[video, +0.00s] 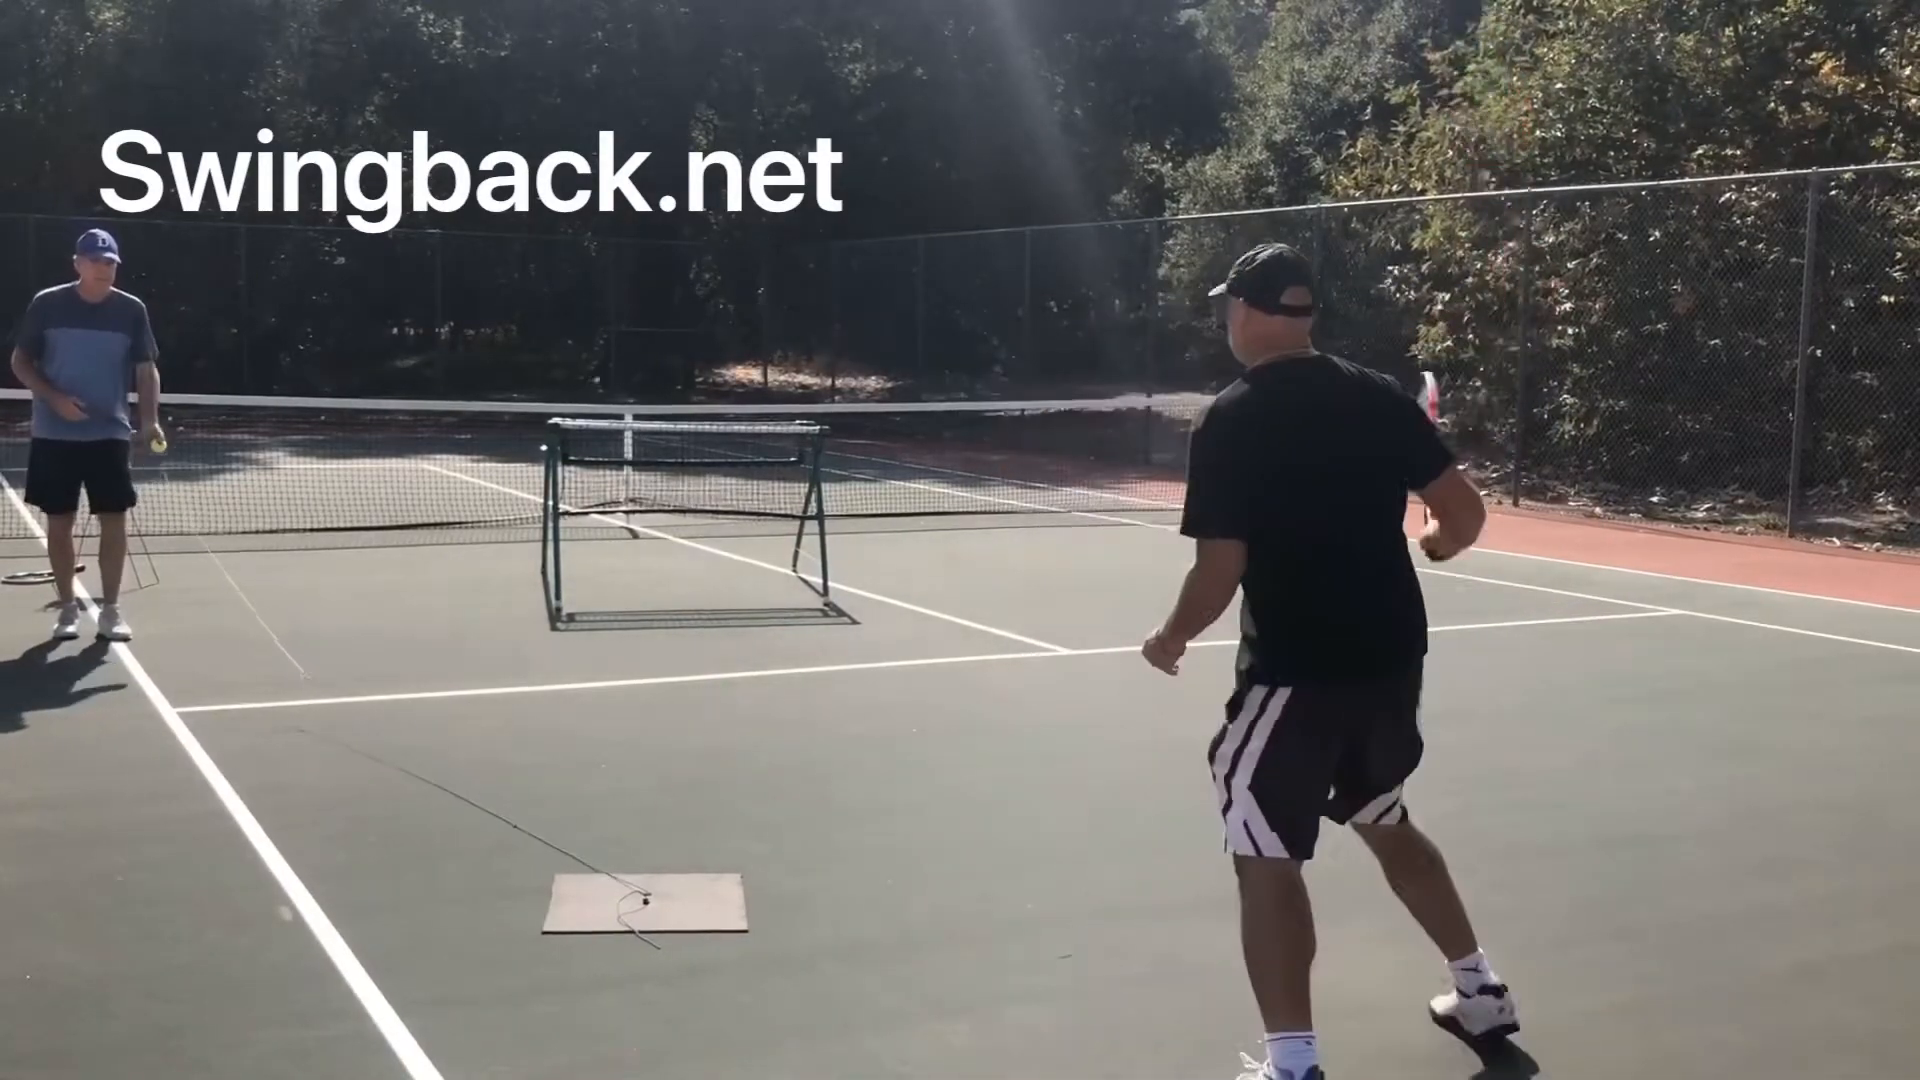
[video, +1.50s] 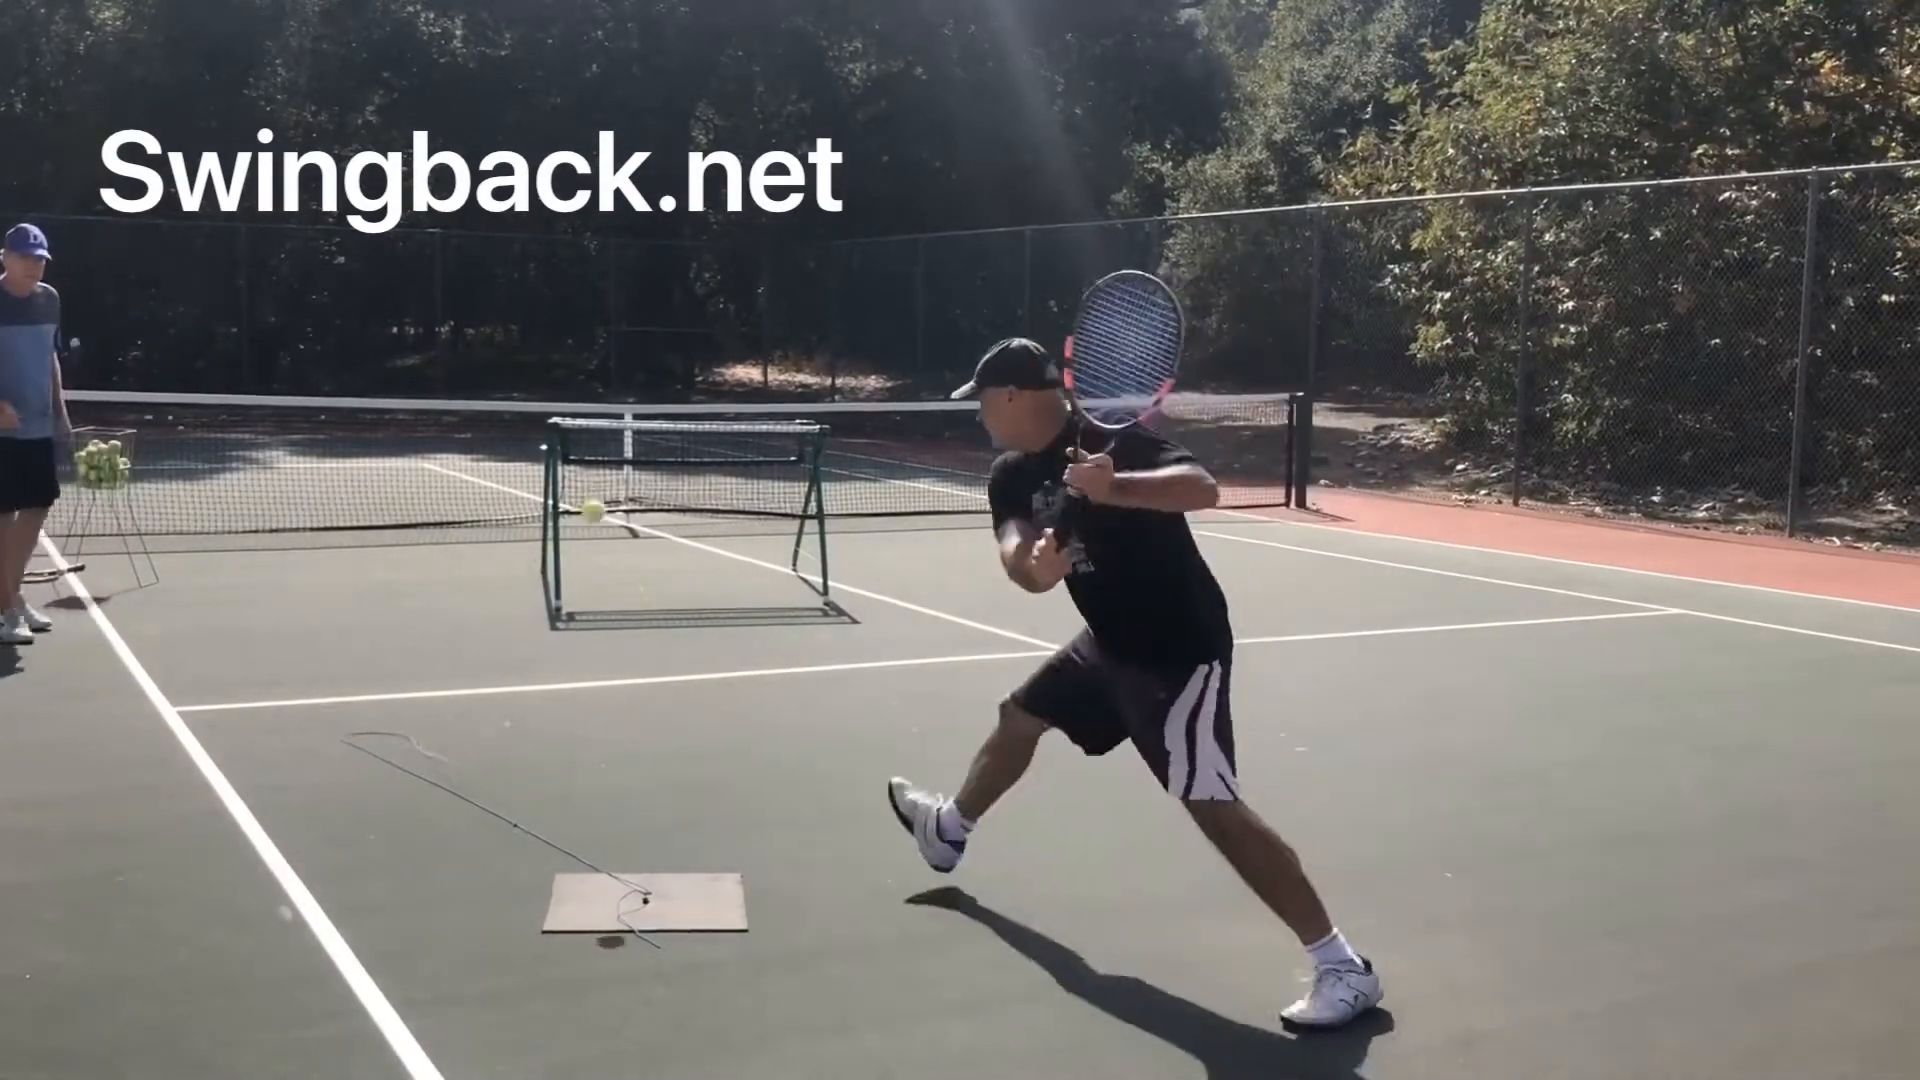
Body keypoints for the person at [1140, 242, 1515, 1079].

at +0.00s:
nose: (1227, 321)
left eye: (1231, 308)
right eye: (1230, 307)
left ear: (1252, 314)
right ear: (1307, 313)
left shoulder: (1235, 418)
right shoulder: (1379, 396)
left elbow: (1221, 567)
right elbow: (1464, 512)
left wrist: (1173, 635)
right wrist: (1440, 545)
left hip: (1293, 668)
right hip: (1391, 656)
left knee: (1262, 850)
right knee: (1382, 815)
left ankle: (1291, 1061)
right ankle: (1480, 989)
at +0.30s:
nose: (1251, 266)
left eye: (1260, 254)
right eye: (1257, 253)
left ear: (1287, 264)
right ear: (1332, 266)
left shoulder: (1266, 356)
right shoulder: (1393, 343)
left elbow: (1266, 500)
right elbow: (1440, 471)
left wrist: (1237, 550)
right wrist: (1360, 517)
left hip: (1314, 602)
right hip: (1408, 601)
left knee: (1241, 762)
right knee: (1396, 767)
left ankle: (1250, 978)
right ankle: (1465, 948)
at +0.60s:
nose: (1223, 307)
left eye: (1231, 294)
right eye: (1227, 293)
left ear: (1263, 300)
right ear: (1299, 302)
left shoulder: (1275, 387)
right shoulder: (1335, 377)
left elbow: (1274, 536)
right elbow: (1338, 525)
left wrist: (1200, 573)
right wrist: (1253, 595)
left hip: (1314, 633)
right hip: (1370, 625)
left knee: (1237, 776)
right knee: (1307, 768)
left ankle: (1242, 995)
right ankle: (1362, 927)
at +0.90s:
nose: (1197, 308)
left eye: (1208, 293)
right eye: (1199, 293)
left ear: (1256, 300)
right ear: (1235, 301)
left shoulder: (1312, 386)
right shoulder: (1228, 383)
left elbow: (1355, 515)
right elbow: (1219, 501)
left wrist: (1253, 562)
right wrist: (1198, 581)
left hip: (1344, 617)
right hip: (1293, 614)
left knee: (1294, 775)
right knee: (1306, 776)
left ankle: (1371, 973)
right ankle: (1351, 935)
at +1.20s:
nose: (1112, 344)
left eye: (1119, 329)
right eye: (1112, 331)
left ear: (1162, 326)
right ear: (1157, 330)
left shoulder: (1240, 389)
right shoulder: (1145, 411)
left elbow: (1321, 490)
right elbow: (1129, 507)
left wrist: (1214, 520)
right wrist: (1133, 554)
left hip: (1298, 611)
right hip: (1235, 608)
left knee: (1245, 772)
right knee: (1186, 748)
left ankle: (1341, 960)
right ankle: (1277, 904)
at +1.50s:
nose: (982, 416)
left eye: (987, 402)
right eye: (981, 403)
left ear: (1022, 398)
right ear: (1020, 401)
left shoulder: (1121, 443)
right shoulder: (1012, 477)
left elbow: (1202, 489)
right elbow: (1019, 561)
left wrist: (1113, 488)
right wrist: (1039, 570)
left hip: (1186, 651)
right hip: (1112, 641)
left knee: (1214, 805)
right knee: (1021, 715)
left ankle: (1342, 968)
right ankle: (949, 831)